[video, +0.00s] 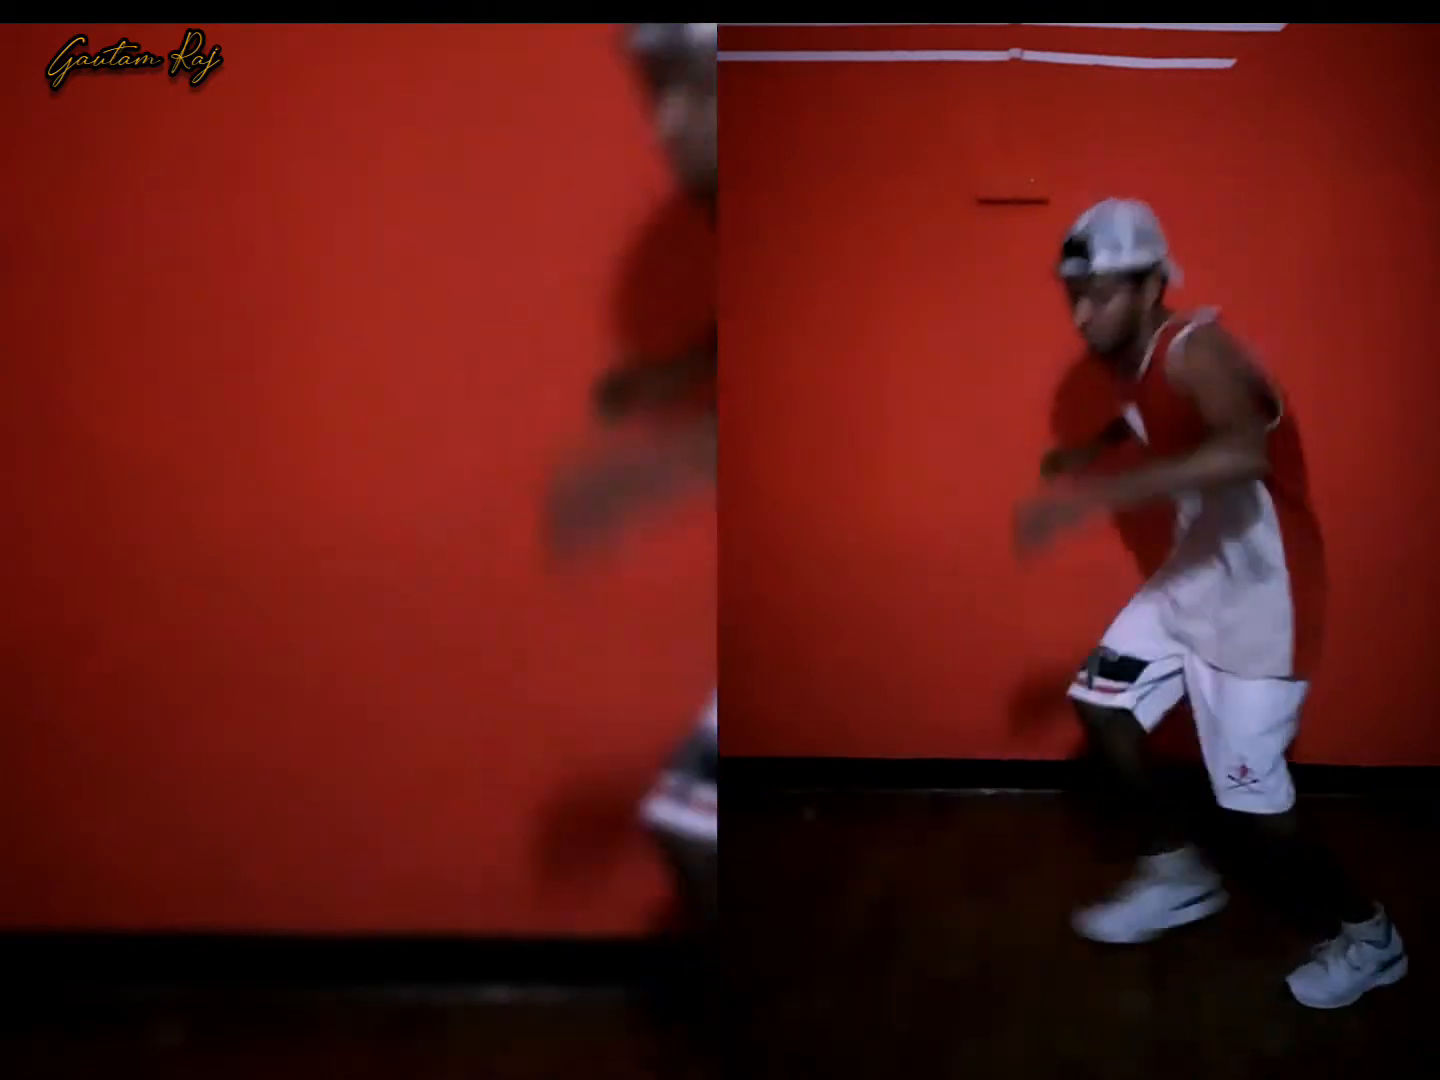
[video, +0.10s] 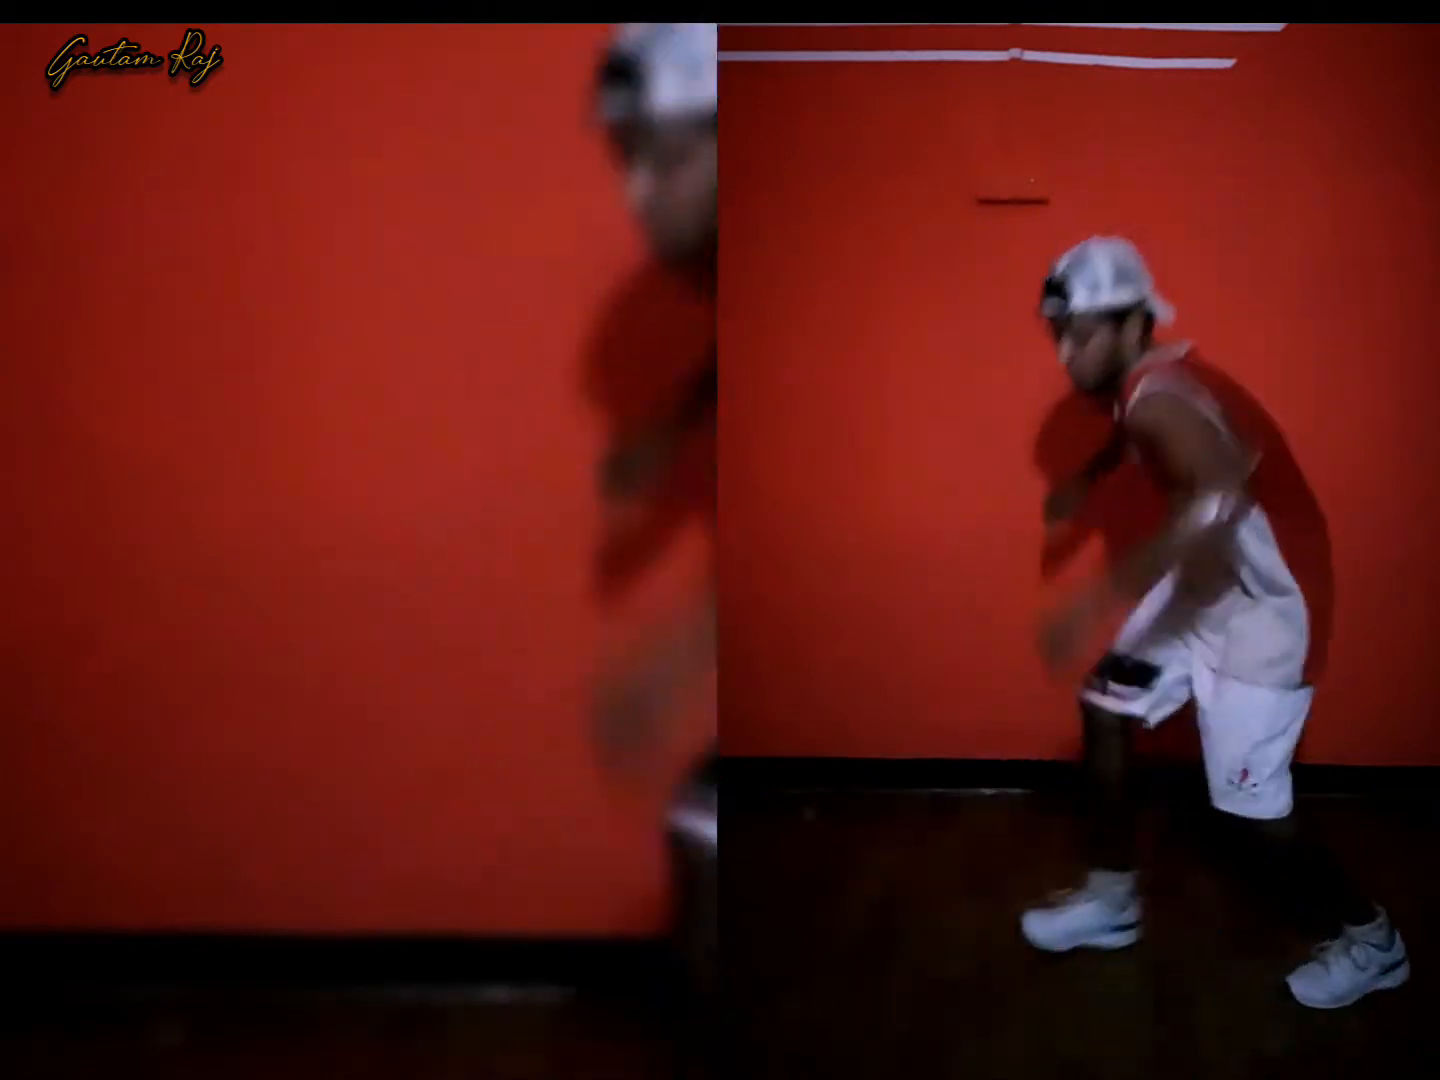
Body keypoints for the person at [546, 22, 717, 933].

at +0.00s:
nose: (675, 115)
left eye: (694, 81)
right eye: (660, 83)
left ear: (746, 83)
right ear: (644, 93)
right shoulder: (700, 231)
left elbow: (767, 378)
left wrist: (663, 463)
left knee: (697, 811)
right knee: (690, 813)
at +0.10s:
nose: (646, 187)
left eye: (674, 150)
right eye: (631, 154)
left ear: (736, 148)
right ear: (612, 153)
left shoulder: (761, 305)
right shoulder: (663, 316)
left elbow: (762, 532)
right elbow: (629, 504)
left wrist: (676, 673)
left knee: (702, 817)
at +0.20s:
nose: (601, 263)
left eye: (622, 225)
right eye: (592, 228)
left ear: (706, 205)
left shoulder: (747, 341)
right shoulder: (717, 337)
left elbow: (739, 523)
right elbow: (719, 514)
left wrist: (666, 626)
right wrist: (658, 621)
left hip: (791, 677)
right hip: (753, 670)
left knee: (688, 862)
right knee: (684, 861)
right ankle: (711, 1077)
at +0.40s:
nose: (550, 125)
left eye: (577, 87)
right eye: (537, 92)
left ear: (671, 70)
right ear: (527, 94)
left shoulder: (786, 213)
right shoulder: (597, 247)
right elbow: (625, 467)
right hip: (708, 562)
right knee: (624, 878)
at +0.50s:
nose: (590, 45)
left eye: (618, 22)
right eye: (578, 26)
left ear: (693, 27)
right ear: (566, 42)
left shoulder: (777, 163)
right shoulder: (568, 175)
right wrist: (481, 305)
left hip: (738, 618)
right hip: (619, 599)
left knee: (601, 906)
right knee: (556, 900)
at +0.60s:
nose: (632, 51)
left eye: (662, 26)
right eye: (617, 30)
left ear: (725, 39)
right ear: (599, 47)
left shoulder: (791, 196)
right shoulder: (563, 193)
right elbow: (308, 304)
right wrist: (412, 260)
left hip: (697, 647)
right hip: (549, 623)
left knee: (478, 964)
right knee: (467, 961)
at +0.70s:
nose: (639, 51)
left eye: (669, 28)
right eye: (617, 30)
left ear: (724, 46)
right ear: (591, 50)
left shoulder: (777, 209)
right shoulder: (539, 192)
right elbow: (341, 348)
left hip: (684, 685)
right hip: (537, 665)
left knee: (481, 971)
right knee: (396, 937)